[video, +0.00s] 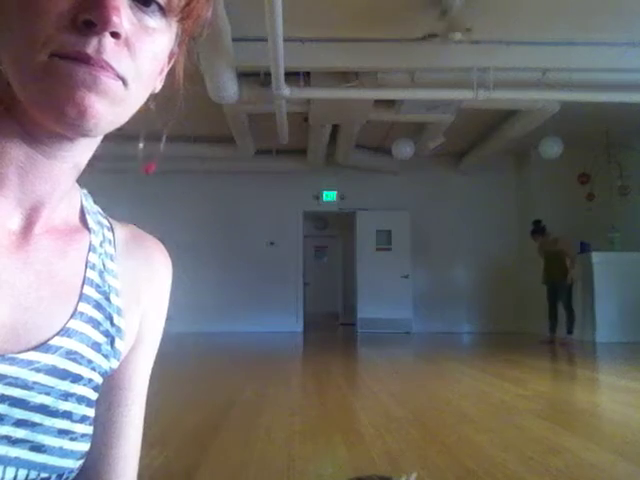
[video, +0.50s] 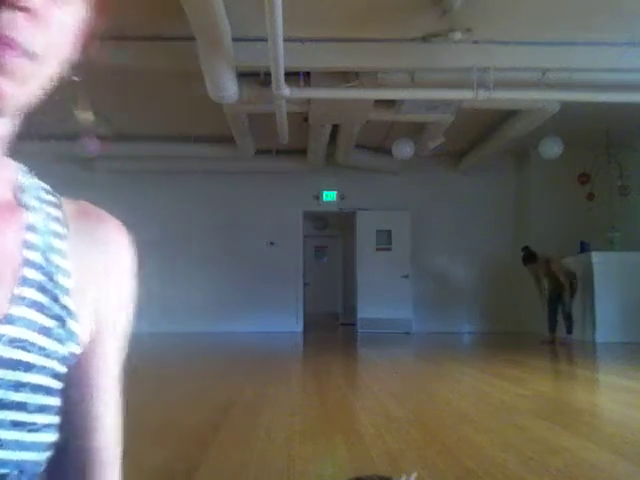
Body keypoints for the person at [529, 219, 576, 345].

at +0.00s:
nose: (536, 242)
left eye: (537, 238)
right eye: (535, 239)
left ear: (542, 235)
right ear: (537, 236)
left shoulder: (559, 243)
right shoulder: (542, 246)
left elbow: (572, 257)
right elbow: (547, 261)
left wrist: (571, 274)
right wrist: (545, 277)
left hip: (564, 279)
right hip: (551, 280)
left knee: (567, 306)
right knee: (552, 307)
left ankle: (569, 335)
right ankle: (552, 335)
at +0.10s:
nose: (535, 244)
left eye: (535, 241)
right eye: (533, 242)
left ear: (541, 237)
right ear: (536, 239)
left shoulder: (558, 245)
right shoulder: (541, 249)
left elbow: (572, 259)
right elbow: (547, 263)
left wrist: (571, 277)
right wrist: (547, 279)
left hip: (565, 280)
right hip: (552, 282)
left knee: (568, 307)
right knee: (553, 309)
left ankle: (569, 335)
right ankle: (552, 335)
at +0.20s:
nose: (533, 247)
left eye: (534, 244)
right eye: (532, 244)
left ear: (539, 240)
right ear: (533, 243)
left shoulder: (556, 246)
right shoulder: (539, 252)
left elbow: (571, 263)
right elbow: (546, 267)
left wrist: (570, 281)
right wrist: (547, 281)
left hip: (566, 279)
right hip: (554, 280)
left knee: (568, 306)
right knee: (554, 307)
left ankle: (569, 335)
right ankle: (552, 335)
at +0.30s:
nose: (532, 254)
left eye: (532, 251)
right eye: (530, 251)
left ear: (537, 247)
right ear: (532, 250)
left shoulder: (555, 252)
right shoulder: (538, 257)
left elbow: (569, 269)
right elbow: (543, 271)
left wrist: (569, 286)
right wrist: (547, 284)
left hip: (567, 278)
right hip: (554, 279)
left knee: (568, 307)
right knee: (554, 307)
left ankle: (569, 335)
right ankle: (552, 335)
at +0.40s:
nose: (529, 260)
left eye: (529, 257)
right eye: (528, 257)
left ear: (535, 254)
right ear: (530, 256)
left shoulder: (551, 259)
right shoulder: (535, 262)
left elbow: (567, 276)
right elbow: (540, 276)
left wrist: (568, 293)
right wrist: (546, 289)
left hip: (567, 279)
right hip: (554, 280)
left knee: (566, 307)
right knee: (553, 308)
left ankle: (569, 335)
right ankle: (551, 335)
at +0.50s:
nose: (530, 267)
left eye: (530, 264)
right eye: (528, 265)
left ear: (534, 260)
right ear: (527, 263)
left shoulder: (549, 262)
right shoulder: (534, 267)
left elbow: (564, 278)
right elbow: (537, 280)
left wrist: (567, 293)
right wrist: (541, 294)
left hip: (567, 283)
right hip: (553, 284)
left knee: (566, 309)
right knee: (551, 310)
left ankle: (568, 335)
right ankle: (551, 336)